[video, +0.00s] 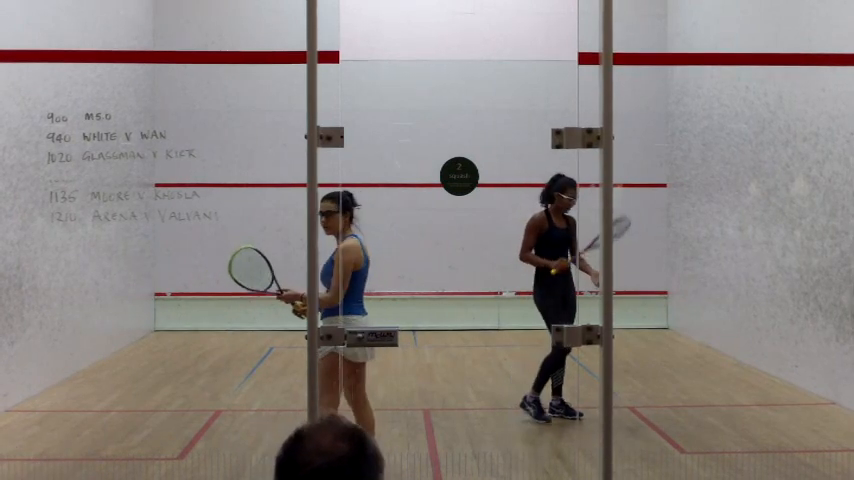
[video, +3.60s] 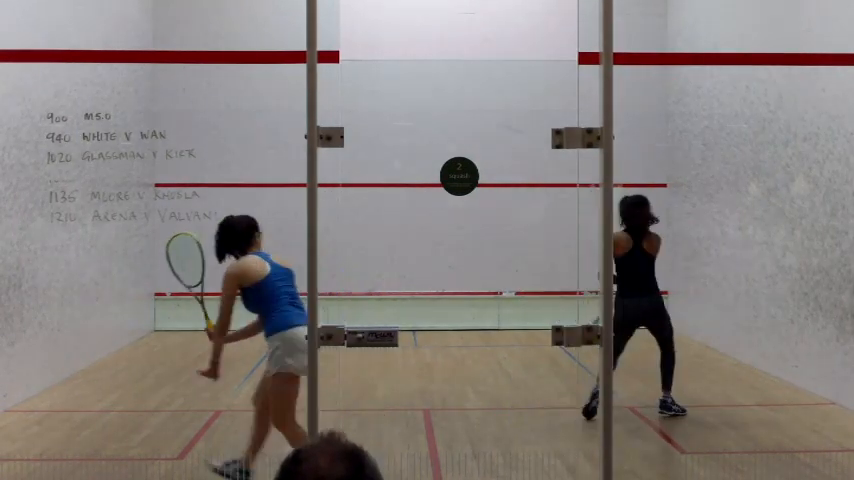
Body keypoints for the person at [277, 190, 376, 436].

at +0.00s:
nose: (323, 220)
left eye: (329, 214)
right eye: (321, 214)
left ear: (347, 215)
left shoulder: (347, 248)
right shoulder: (352, 245)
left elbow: (335, 297)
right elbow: (337, 296)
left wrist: (299, 296)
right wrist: (310, 307)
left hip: (340, 327)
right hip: (354, 326)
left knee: (327, 397)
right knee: (356, 394)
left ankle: (323, 456)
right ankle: (368, 454)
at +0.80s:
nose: (303, 239)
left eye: (303, 233)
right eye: (304, 233)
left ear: (307, 235)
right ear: (328, 230)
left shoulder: (321, 261)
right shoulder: (349, 256)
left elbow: (325, 314)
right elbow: (351, 308)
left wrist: (298, 326)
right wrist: (311, 324)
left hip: (358, 337)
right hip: (379, 333)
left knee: (321, 400)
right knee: (366, 396)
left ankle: (325, 463)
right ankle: (385, 460)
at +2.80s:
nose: (330, 246)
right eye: (328, 243)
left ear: (299, 253)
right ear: (326, 245)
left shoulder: (305, 275)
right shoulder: (349, 264)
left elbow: (317, 321)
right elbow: (347, 317)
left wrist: (325, 355)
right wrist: (305, 341)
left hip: (352, 332)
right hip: (385, 328)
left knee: (323, 402)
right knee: (373, 395)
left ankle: (329, 463)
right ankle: (382, 462)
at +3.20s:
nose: (308, 246)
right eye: (305, 242)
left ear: (274, 255)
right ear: (302, 247)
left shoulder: (284, 281)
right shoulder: (328, 270)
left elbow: (295, 330)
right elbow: (309, 323)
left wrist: (307, 365)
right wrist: (268, 339)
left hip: (329, 345)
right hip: (361, 340)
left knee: (299, 409)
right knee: (362, 399)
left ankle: (317, 462)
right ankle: (381, 460)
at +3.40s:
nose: (287, 240)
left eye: (286, 236)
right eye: (285, 237)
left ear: (257, 248)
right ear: (280, 240)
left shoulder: (264, 273)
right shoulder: (299, 263)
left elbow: (263, 324)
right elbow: (280, 320)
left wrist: (267, 367)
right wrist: (240, 333)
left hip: (312, 338)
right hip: (337, 333)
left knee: (293, 412)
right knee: (319, 400)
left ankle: (315, 462)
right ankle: (347, 446)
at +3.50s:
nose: (275, 237)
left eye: (274, 234)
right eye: (273, 234)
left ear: (245, 245)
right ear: (269, 238)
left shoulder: (252, 270)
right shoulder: (291, 261)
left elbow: (243, 322)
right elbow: (273, 317)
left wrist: (241, 369)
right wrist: (232, 333)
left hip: (301, 338)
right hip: (323, 332)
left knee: (289, 415)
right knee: (294, 411)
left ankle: (315, 467)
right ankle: (317, 463)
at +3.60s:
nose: (261, 237)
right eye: (259, 234)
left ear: (231, 245)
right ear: (256, 238)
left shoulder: (237, 270)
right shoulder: (276, 264)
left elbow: (224, 321)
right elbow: (264, 320)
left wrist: (214, 364)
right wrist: (224, 336)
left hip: (287, 340)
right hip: (303, 335)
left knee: (283, 418)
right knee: (263, 400)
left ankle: (319, 468)